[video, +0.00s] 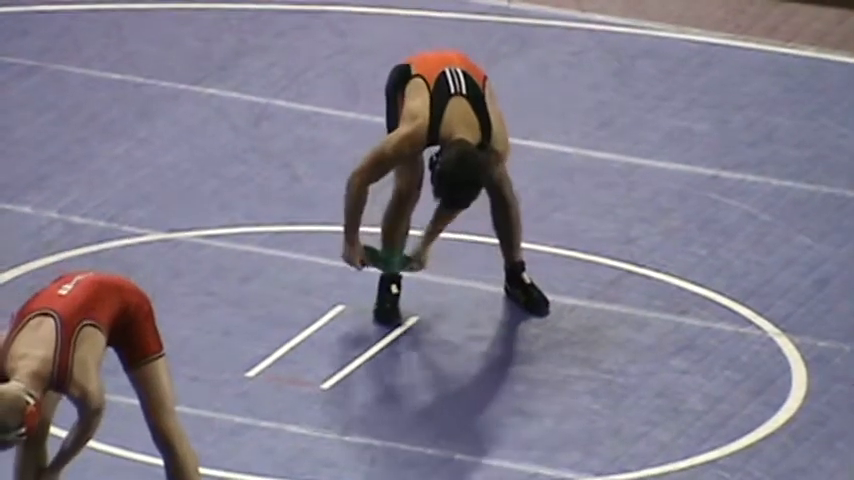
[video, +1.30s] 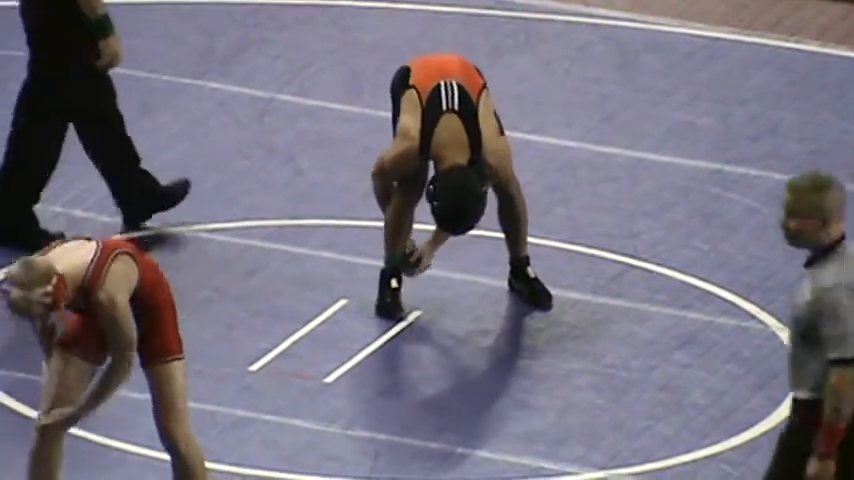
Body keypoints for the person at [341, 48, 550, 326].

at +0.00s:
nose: (446, 211)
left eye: (458, 208)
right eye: (444, 203)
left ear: (477, 181)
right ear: (436, 169)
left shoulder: (497, 148)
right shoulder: (415, 133)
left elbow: (456, 203)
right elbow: (358, 180)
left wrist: (425, 244)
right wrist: (352, 243)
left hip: (473, 77)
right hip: (411, 75)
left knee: (502, 187)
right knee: (407, 191)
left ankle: (516, 276)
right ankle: (390, 281)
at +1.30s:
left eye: (458, 234)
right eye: (445, 230)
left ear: (482, 190)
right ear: (433, 193)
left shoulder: (496, 158)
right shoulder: (406, 150)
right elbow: (380, 178)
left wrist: (432, 247)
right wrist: (402, 237)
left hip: (470, 76)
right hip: (414, 77)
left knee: (510, 192)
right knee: (407, 191)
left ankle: (521, 271)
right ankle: (391, 277)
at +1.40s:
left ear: (477, 188)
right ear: (429, 192)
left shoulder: (493, 153)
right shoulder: (401, 151)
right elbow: (381, 186)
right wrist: (404, 242)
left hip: (467, 75)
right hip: (411, 76)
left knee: (508, 194)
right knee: (405, 191)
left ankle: (521, 270)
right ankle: (391, 279)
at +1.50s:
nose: (444, 228)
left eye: (451, 225)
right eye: (438, 223)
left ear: (473, 183)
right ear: (424, 186)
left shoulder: (492, 150)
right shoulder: (397, 151)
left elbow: (515, 200)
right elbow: (378, 177)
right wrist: (396, 230)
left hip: (464, 73)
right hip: (408, 76)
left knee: (506, 190)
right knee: (403, 192)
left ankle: (521, 268)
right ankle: (391, 277)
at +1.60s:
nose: (433, 221)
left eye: (443, 219)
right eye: (431, 215)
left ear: (469, 178)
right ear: (421, 183)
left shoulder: (488, 145)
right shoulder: (395, 141)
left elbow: (513, 196)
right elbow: (371, 164)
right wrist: (384, 216)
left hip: (464, 73)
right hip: (408, 73)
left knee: (503, 188)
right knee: (402, 186)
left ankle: (521, 267)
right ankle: (391, 276)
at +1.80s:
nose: (442, 193)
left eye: (446, 189)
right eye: (438, 189)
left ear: (462, 158)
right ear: (416, 145)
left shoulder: (482, 134)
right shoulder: (397, 111)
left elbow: (463, 194)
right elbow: (350, 131)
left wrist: (421, 236)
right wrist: (352, 197)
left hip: (469, 65)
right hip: (415, 63)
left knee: (502, 180)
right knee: (402, 187)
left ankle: (520, 264)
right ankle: (391, 276)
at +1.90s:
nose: (439, 152)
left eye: (449, 150)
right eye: (434, 145)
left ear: (466, 132)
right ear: (422, 115)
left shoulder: (487, 120)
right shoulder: (405, 88)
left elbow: (459, 185)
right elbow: (353, 114)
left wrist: (418, 230)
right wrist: (347, 180)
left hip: (480, 59)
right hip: (427, 53)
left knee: (507, 177)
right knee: (410, 179)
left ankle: (525, 256)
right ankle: (392, 273)